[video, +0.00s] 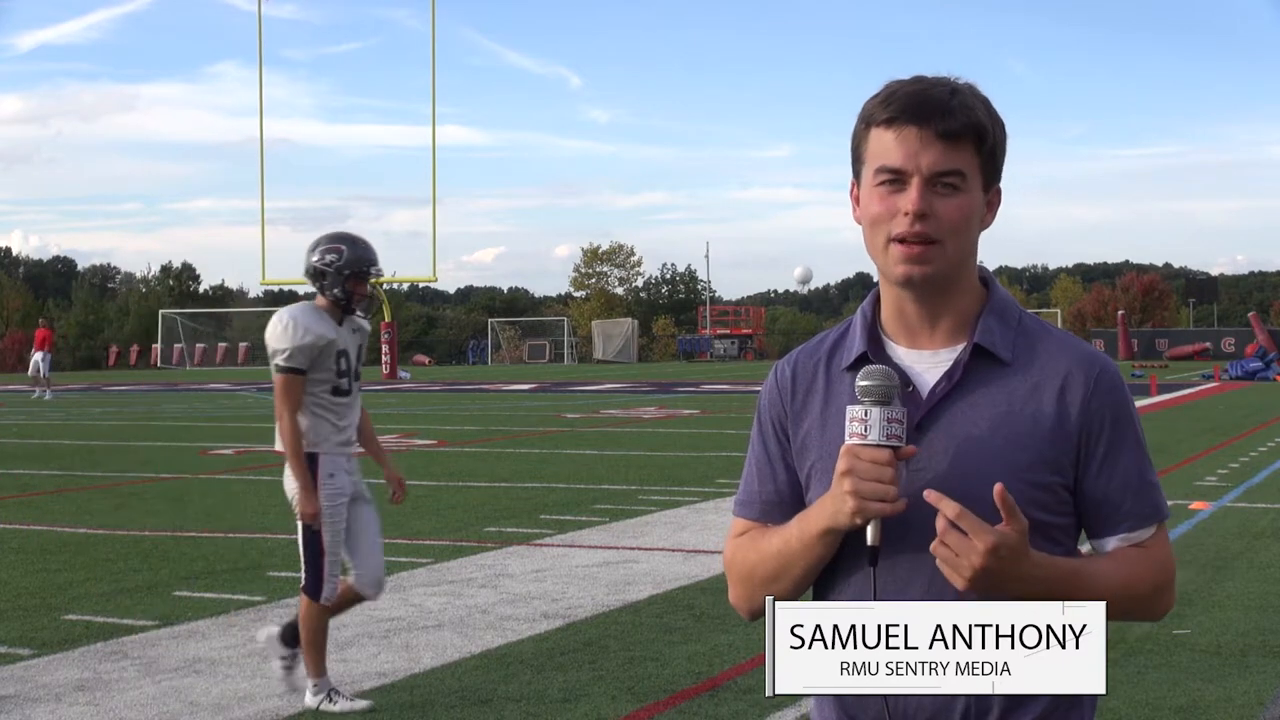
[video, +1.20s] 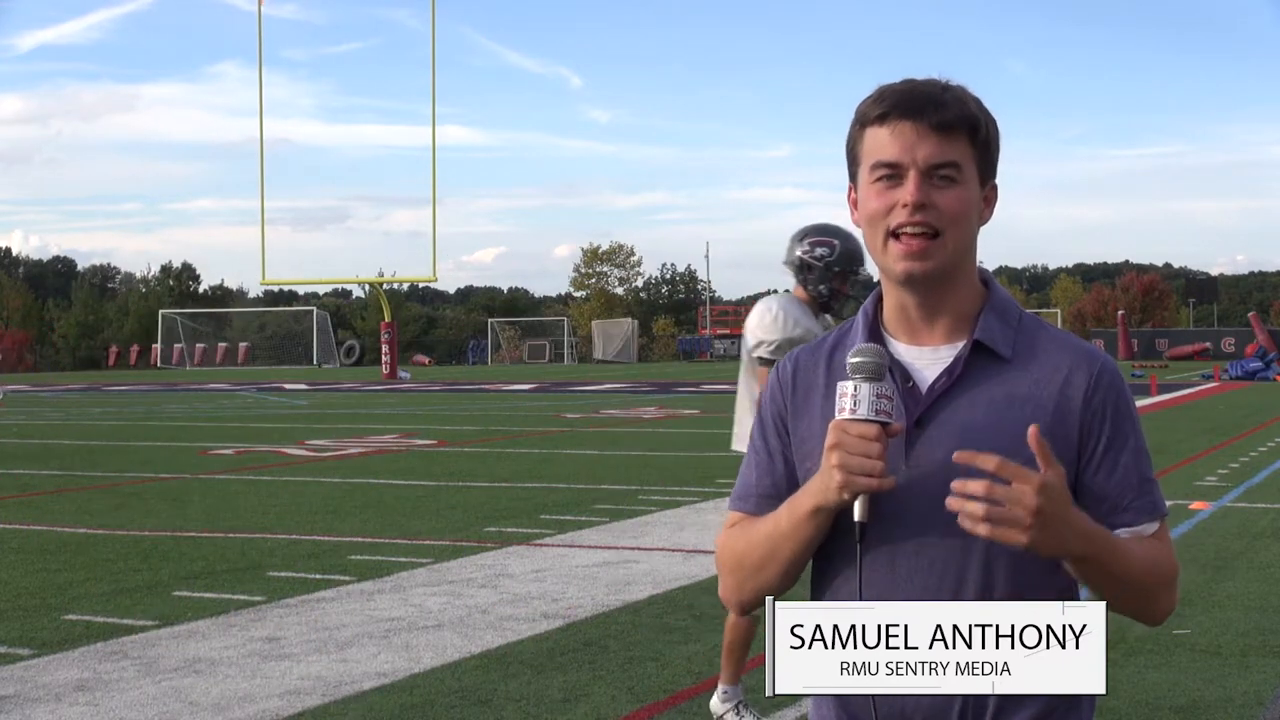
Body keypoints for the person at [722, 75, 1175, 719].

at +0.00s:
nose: (914, 207)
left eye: (946, 183)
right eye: (890, 182)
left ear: (989, 204)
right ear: (858, 202)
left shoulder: (1078, 381)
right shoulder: (796, 383)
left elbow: (1153, 581)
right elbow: (745, 587)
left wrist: (1030, 575)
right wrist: (830, 514)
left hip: (1028, 707)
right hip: (849, 708)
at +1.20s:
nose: (913, 198)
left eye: (942, 175)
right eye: (887, 176)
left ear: (987, 199)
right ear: (856, 205)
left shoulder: (1079, 379)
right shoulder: (799, 382)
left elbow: (1157, 597)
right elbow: (736, 584)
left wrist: (1071, 534)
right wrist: (820, 493)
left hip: (1028, 705)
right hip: (850, 706)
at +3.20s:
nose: (899, 201)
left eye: (933, 180)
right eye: (878, 179)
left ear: (986, 205)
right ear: (855, 199)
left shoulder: (1080, 378)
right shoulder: (799, 386)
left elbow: (1156, 593)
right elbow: (748, 584)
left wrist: (1042, 504)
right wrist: (821, 522)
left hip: (1035, 706)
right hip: (856, 708)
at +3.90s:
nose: (917, 196)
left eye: (947, 174)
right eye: (894, 174)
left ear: (995, 200)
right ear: (865, 206)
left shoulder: (1089, 380)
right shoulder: (800, 385)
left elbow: (1162, 573)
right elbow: (740, 588)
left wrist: (1060, 536)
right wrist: (838, 533)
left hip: (1040, 707)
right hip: (857, 709)